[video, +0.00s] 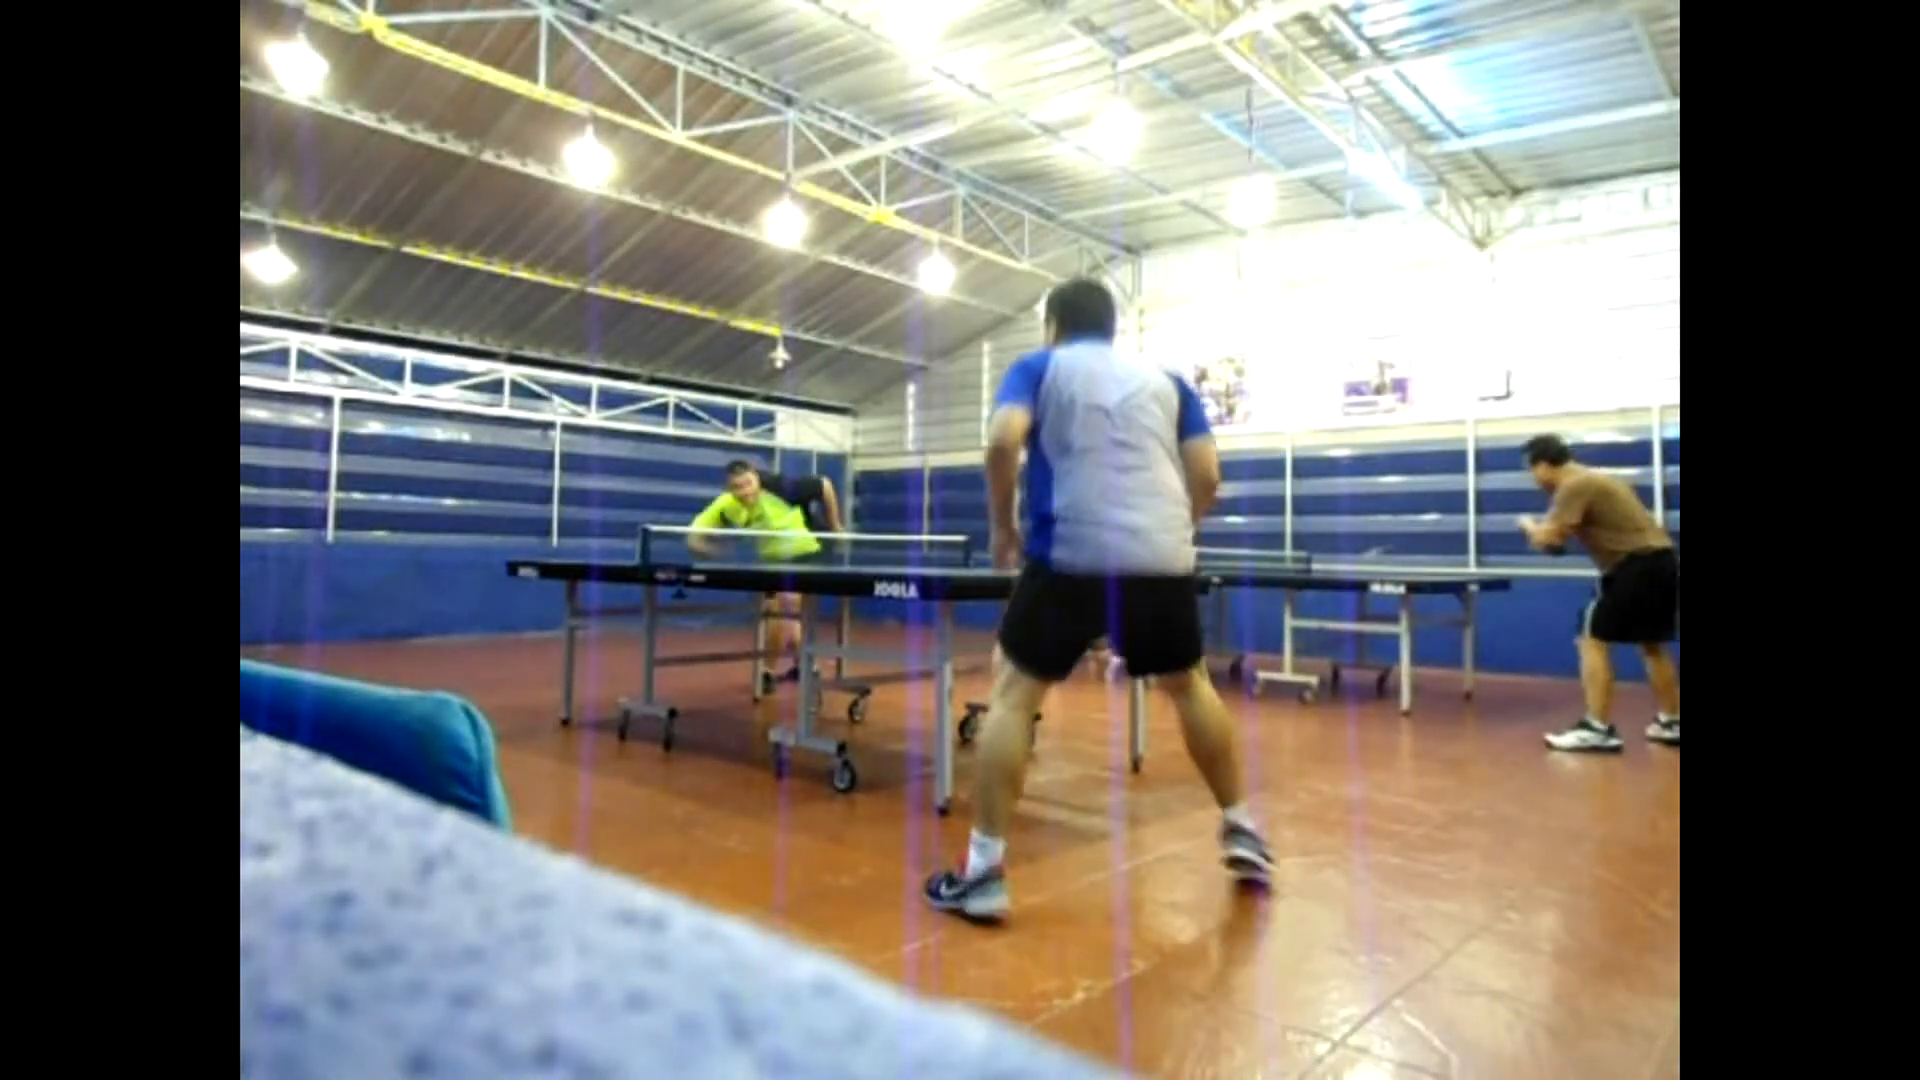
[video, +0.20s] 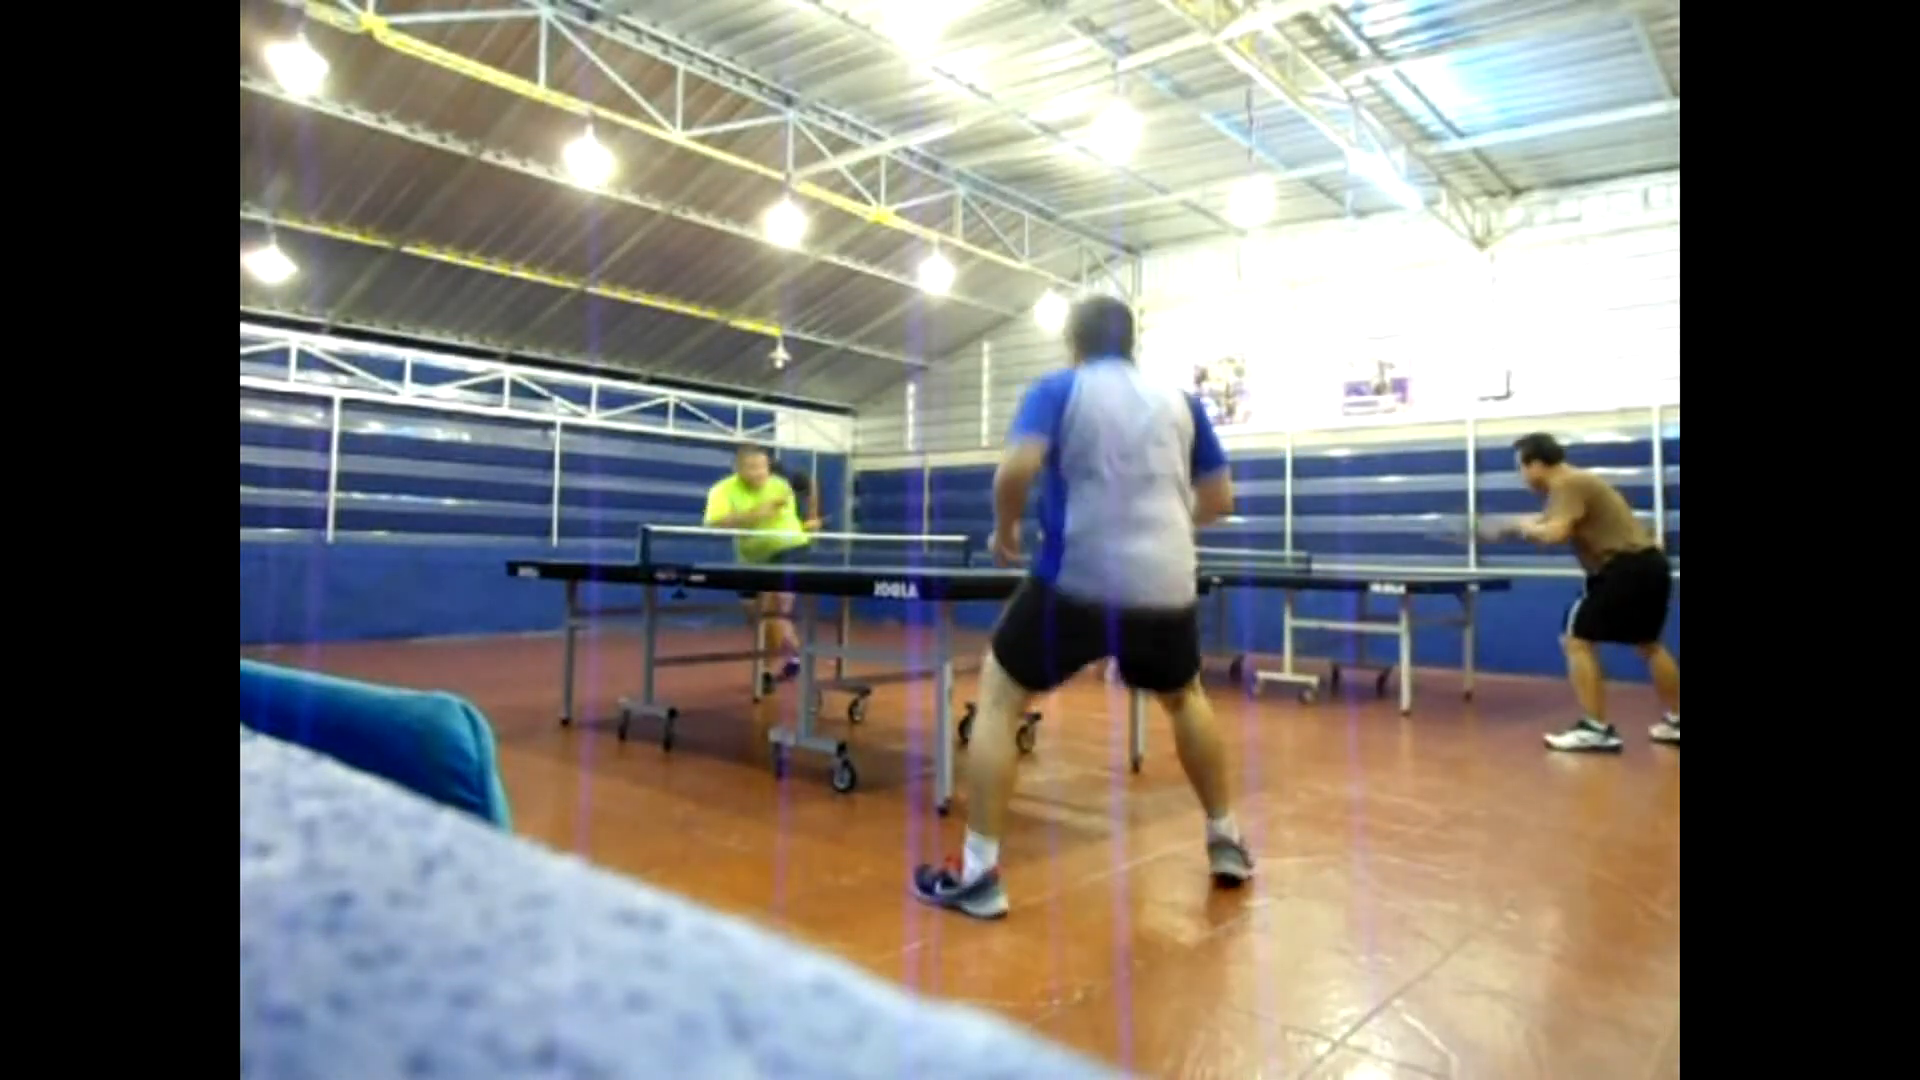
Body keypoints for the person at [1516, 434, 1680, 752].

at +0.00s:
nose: (1534, 478)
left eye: (1534, 469)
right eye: (1532, 470)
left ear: (1546, 465)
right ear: (1562, 458)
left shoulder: (1575, 485)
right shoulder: (1596, 479)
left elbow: (1551, 537)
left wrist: (1531, 528)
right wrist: (1544, 530)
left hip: (1635, 565)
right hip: (1663, 559)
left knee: (1592, 641)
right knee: (1653, 645)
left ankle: (1597, 724)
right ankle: (1672, 720)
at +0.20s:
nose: (1523, 476)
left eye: (1524, 467)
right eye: (1522, 467)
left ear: (1538, 463)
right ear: (1552, 459)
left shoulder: (1568, 484)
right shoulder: (1582, 480)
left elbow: (1558, 530)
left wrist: (1525, 528)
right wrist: (1532, 525)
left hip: (1621, 567)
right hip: (1652, 561)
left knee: (1576, 642)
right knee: (1649, 645)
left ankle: (1595, 725)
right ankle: (1676, 718)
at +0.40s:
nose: (1532, 458)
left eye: (1535, 450)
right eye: (1532, 450)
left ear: (1551, 448)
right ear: (1558, 448)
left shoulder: (1579, 472)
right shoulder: (1571, 479)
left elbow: (1620, 497)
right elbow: (1551, 506)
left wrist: (1575, 534)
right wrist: (1508, 504)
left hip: (1621, 562)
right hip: (1646, 561)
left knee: (1575, 640)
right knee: (1654, 644)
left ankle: (1595, 724)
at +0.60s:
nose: (1559, 452)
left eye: (1562, 444)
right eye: (1559, 445)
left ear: (1576, 444)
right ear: (1587, 443)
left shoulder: (1603, 468)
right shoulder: (1599, 472)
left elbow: (1640, 501)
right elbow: (1599, 518)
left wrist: (1595, 536)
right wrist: (1548, 523)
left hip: (1643, 562)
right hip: (1659, 561)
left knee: (1596, 636)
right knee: (1664, 643)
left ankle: (1597, 724)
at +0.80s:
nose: (1575, 458)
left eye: (1577, 450)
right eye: (1575, 450)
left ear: (1591, 449)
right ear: (1608, 445)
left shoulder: (1616, 472)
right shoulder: (1636, 471)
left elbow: (1626, 521)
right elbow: (1634, 524)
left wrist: (1588, 540)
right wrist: (1592, 533)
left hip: (1659, 557)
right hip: (1671, 553)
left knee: (1636, 641)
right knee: (1671, 642)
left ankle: (1654, 728)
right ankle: (1666, 726)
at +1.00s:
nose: (1589, 477)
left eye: (1589, 468)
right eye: (1587, 470)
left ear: (1604, 464)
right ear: (1613, 462)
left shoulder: (1629, 488)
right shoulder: (1639, 482)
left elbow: (1627, 546)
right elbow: (1643, 539)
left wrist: (1586, 548)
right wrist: (1612, 557)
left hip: (1675, 573)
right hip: (1671, 572)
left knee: (1661, 642)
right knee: (1663, 643)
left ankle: (1657, 728)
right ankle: (1660, 727)